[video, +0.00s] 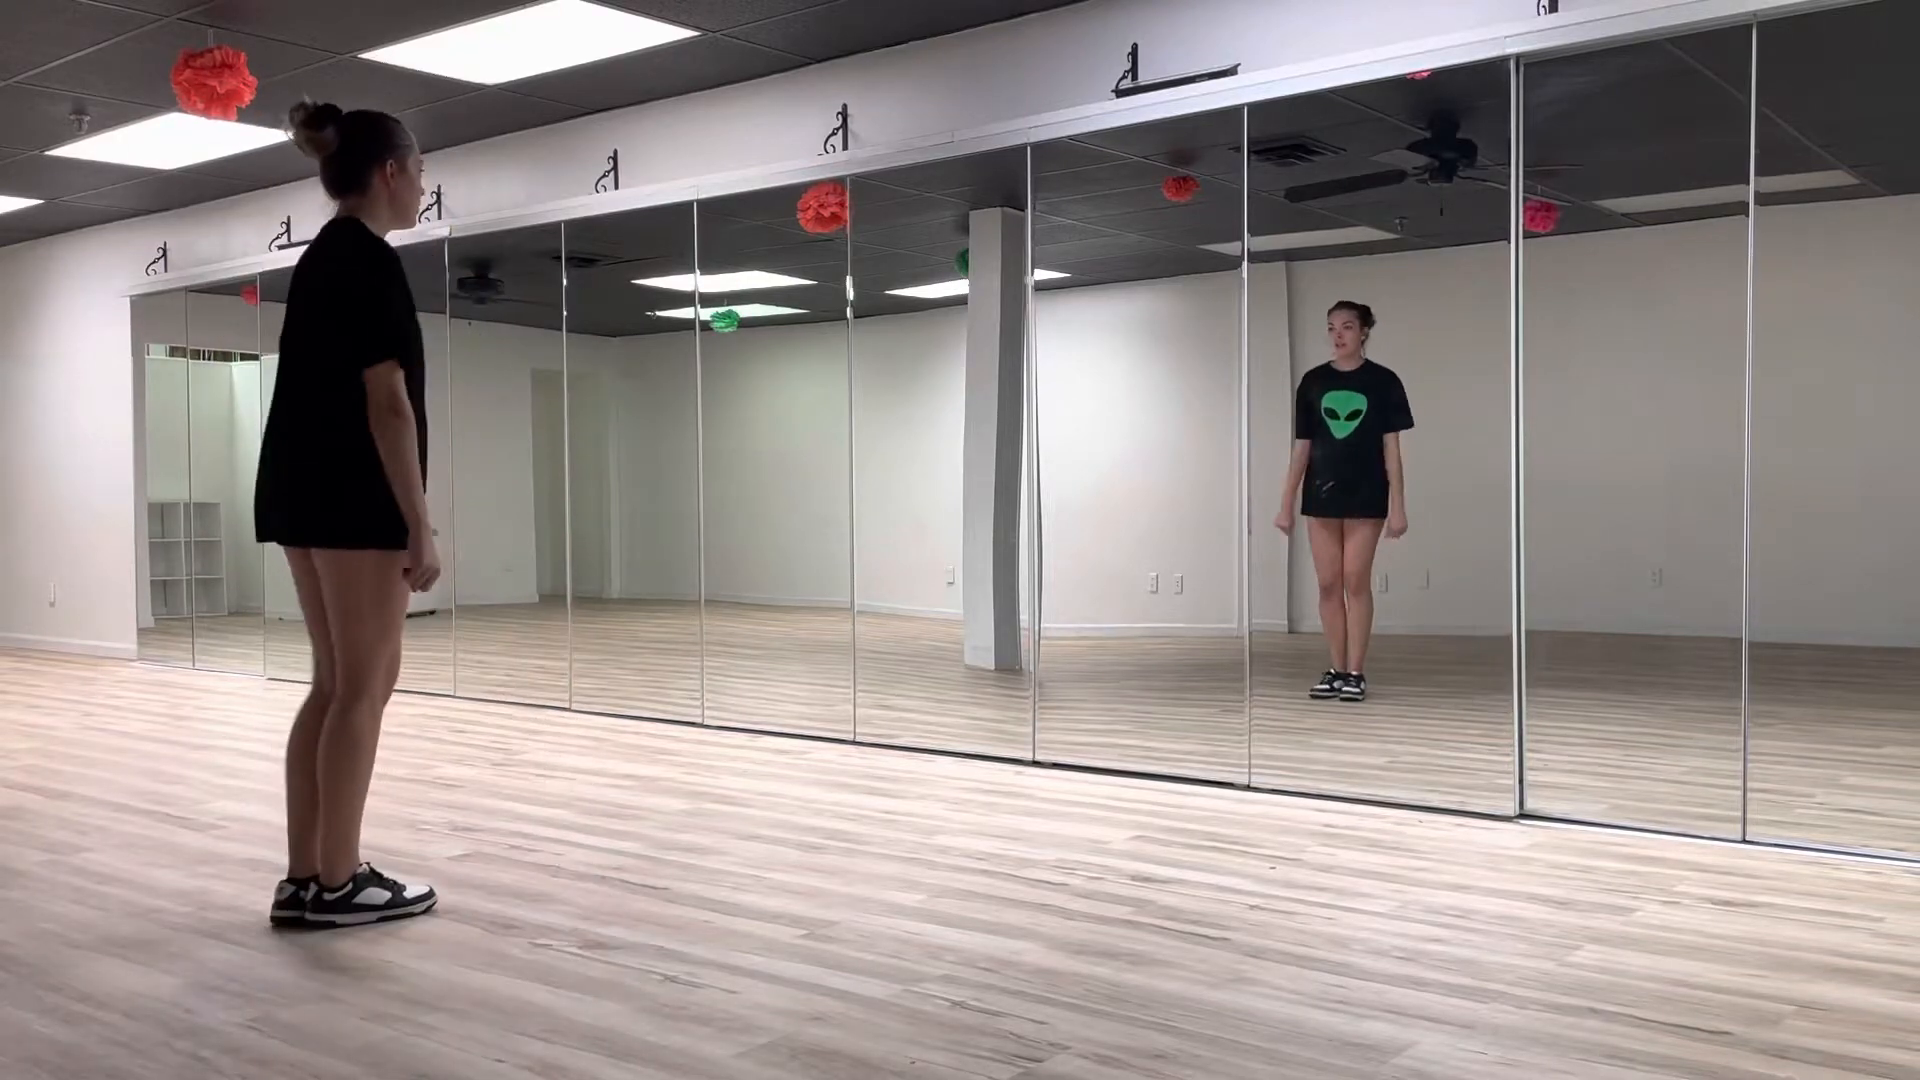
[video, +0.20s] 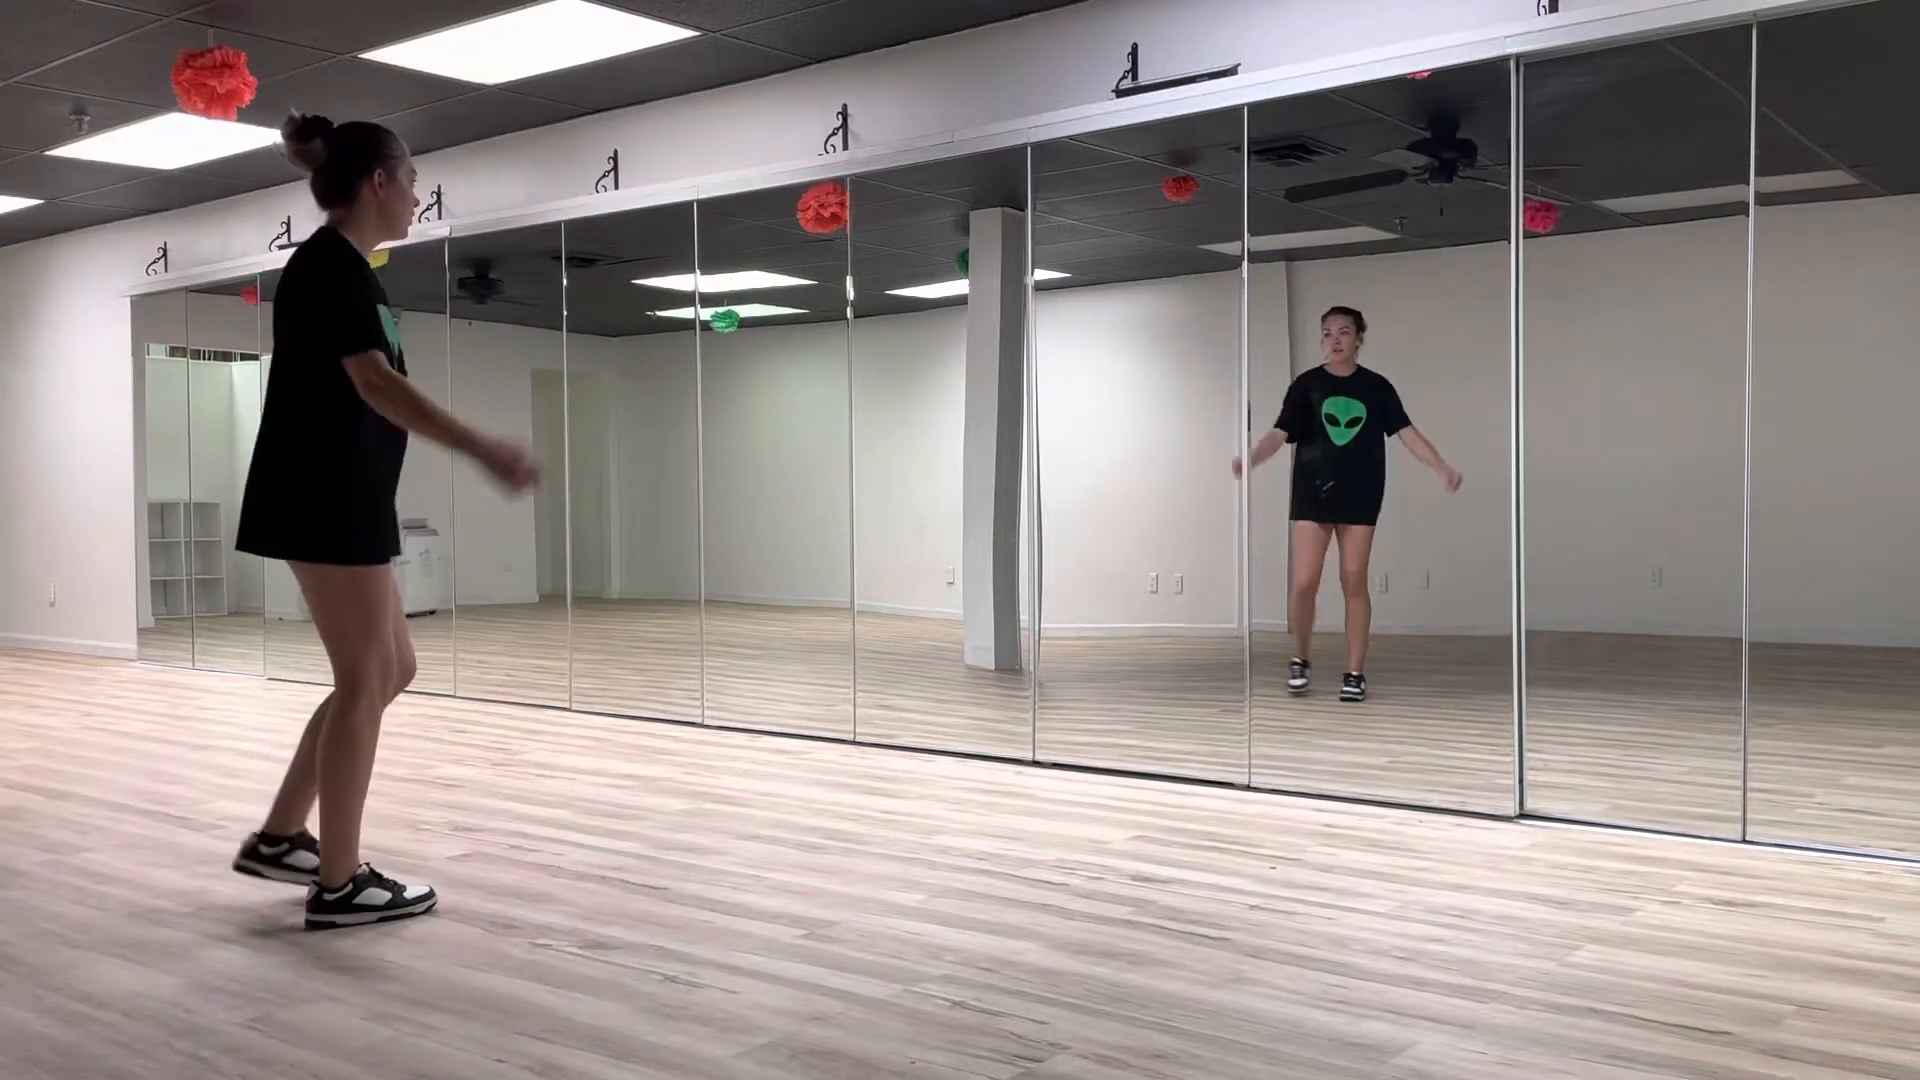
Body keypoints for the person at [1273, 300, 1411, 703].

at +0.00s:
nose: (1338, 334)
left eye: (1347, 327)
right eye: (1333, 328)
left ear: (1364, 333)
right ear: (1327, 333)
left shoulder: (1383, 381)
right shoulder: (1312, 381)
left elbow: (1391, 447)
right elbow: (1302, 448)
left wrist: (1397, 505)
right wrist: (1287, 502)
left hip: (1367, 496)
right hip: (1320, 497)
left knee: (1356, 582)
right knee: (1328, 584)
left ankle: (1355, 674)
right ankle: (1337, 670)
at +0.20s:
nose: (1334, 339)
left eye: (1343, 333)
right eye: (1328, 333)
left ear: (1358, 339)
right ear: (1321, 340)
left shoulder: (1377, 387)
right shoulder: (1305, 385)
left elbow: (1407, 433)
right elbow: (1279, 434)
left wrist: (1441, 466)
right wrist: (1252, 458)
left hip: (1359, 500)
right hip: (1310, 498)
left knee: (1354, 582)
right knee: (1303, 583)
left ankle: (1355, 673)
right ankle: (1300, 662)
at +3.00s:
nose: (1387, 335)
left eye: (1395, 327)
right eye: (1380, 328)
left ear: (1409, 332)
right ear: (1371, 334)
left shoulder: (1427, 371)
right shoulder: (1357, 377)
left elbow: (1428, 425)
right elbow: (1354, 424)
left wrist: (1434, 465)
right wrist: (1350, 448)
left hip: (1413, 484)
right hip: (1365, 486)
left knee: (1433, 574)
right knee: (1353, 581)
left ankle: (1476, 671)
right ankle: (1345, 674)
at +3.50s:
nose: (1431, 336)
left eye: (1439, 328)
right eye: (1422, 329)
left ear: (1450, 334)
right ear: (1411, 335)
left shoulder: (1465, 380)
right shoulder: (1393, 379)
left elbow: (1475, 440)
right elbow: (1368, 439)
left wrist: (1496, 495)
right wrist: (1356, 496)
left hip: (1453, 498)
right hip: (1400, 498)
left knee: (1466, 581)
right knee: (1374, 586)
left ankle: (1469, 681)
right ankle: (1343, 671)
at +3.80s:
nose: (1425, 363)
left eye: (1433, 355)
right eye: (1416, 356)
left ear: (1445, 361)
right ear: (1406, 363)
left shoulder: (1456, 404)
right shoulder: (1385, 400)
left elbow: (1487, 417)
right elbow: (1323, 409)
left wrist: (1491, 466)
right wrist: (1335, 468)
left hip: (1435, 516)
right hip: (1383, 515)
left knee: (1474, 589)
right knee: (1346, 599)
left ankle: (1469, 683)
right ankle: (1298, 665)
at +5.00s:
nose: (1276, 342)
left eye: (1284, 336)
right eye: (1269, 335)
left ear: (1296, 341)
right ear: (1259, 340)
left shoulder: (1316, 380)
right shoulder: (1245, 388)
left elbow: (1323, 441)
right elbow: (1245, 451)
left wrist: (1332, 496)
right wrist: (1243, 506)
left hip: (1313, 493)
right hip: (1265, 496)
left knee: (1323, 575)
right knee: (1271, 581)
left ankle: (1301, 650)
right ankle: (1274, 666)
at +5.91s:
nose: (1340, 350)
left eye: (1349, 343)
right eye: (1333, 344)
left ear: (1363, 350)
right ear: (1326, 350)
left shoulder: (1386, 391)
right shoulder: (1314, 400)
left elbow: (1408, 455)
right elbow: (1313, 464)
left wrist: (1427, 512)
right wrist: (1312, 521)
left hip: (1397, 502)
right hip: (1344, 506)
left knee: (1415, 585)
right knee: (1306, 595)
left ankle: (1435, 679)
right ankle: (1308, 668)